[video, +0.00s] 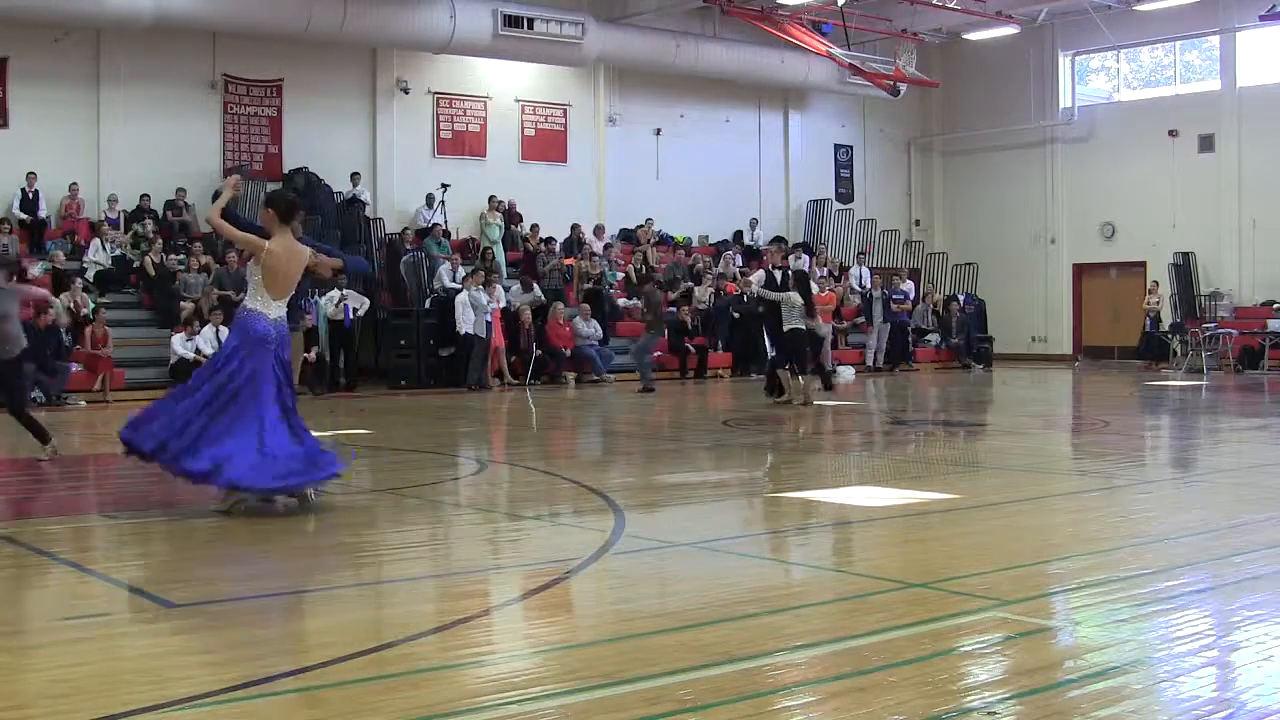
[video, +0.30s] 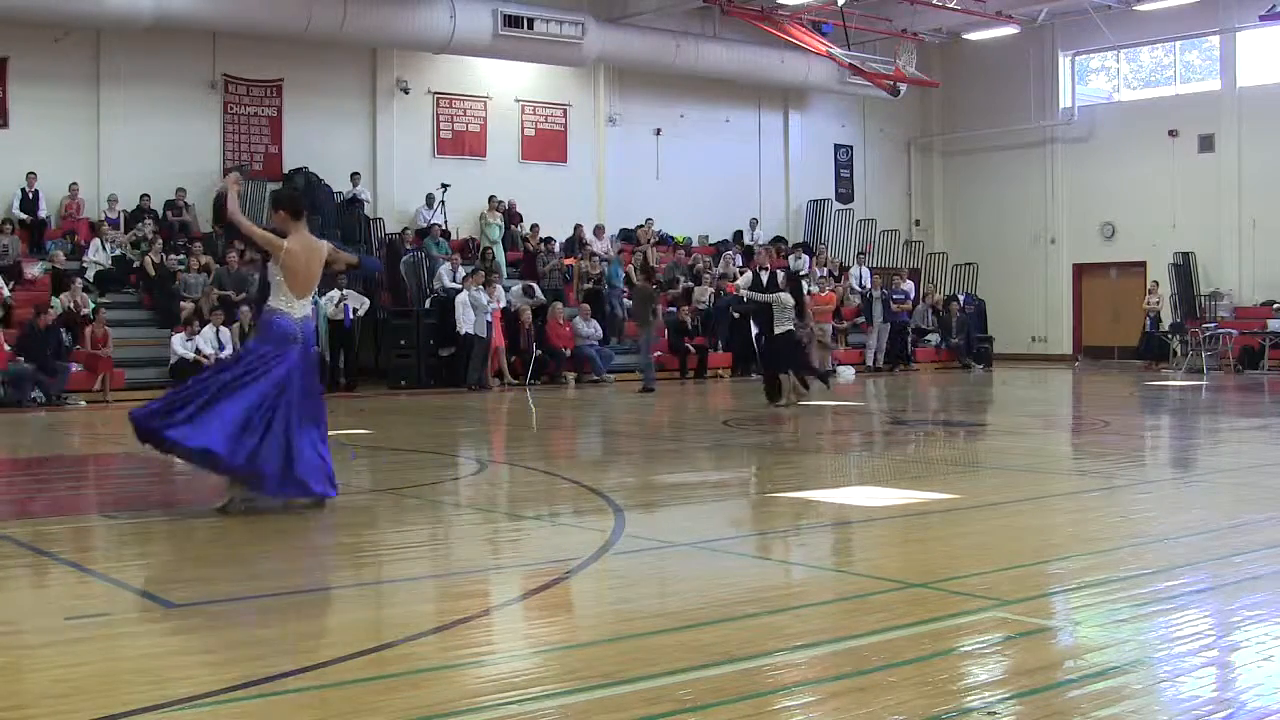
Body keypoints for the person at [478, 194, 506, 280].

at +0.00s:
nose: (495, 204)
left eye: (496, 202)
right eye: (494, 202)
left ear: (498, 203)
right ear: (489, 203)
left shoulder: (500, 215)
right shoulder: (484, 214)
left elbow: (502, 227)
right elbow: (483, 227)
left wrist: (499, 238)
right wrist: (490, 238)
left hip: (497, 240)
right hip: (487, 239)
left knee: (499, 258)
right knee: (487, 257)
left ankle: (500, 276)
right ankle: (486, 275)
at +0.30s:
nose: (495, 204)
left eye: (496, 202)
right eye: (493, 202)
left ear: (498, 203)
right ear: (489, 203)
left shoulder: (500, 215)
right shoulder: (484, 214)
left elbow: (502, 227)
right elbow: (483, 227)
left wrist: (499, 238)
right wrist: (490, 238)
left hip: (497, 240)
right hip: (487, 240)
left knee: (499, 258)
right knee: (487, 257)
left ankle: (500, 275)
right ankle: (486, 275)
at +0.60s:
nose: (495, 204)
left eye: (496, 202)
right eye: (493, 202)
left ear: (498, 203)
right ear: (489, 203)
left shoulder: (500, 215)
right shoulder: (484, 214)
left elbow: (502, 227)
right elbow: (483, 227)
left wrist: (499, 237)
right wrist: (490, 238)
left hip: (497, 239)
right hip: (487, 238)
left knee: (499, 257)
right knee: (487, 256)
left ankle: (500, 275)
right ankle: (486, 275)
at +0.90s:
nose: (495, 204)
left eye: (496, 202)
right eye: (493, 202)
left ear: (498, 203)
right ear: (489, 203)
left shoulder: (500, 215)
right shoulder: (484, 214)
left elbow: (502, 227)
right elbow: (483, 227)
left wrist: (499, 237)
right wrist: (490, 238)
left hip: (497, 239)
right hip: (487, 238)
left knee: (499, 257)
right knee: (487, 256)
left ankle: (500, 275)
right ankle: (486, 275)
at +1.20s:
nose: (495, 204)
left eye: (496, 202)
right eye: (493, 202)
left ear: (498, 203)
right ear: (489, 203)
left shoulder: (500, 215)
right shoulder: (484, 214)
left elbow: (502, 227)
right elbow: (483, 227)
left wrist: (499, 237)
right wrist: (490, 238)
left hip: (497, 240)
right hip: (487, 239)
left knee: (499, 257)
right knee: (487, 257)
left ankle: (500, 276)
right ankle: (486, 275)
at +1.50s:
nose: (495, 204)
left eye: (496, 202)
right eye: (493, 202)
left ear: (498, 203)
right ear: (489, 203)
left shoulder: (500, 215)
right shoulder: (484, 214)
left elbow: (502, 227)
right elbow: (483, 227)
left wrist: (499, 238)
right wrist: (489, 238)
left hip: (497, 240)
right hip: (487, 239)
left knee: (499, 257)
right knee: (487, 256)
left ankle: (500, 275)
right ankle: (486, 275)